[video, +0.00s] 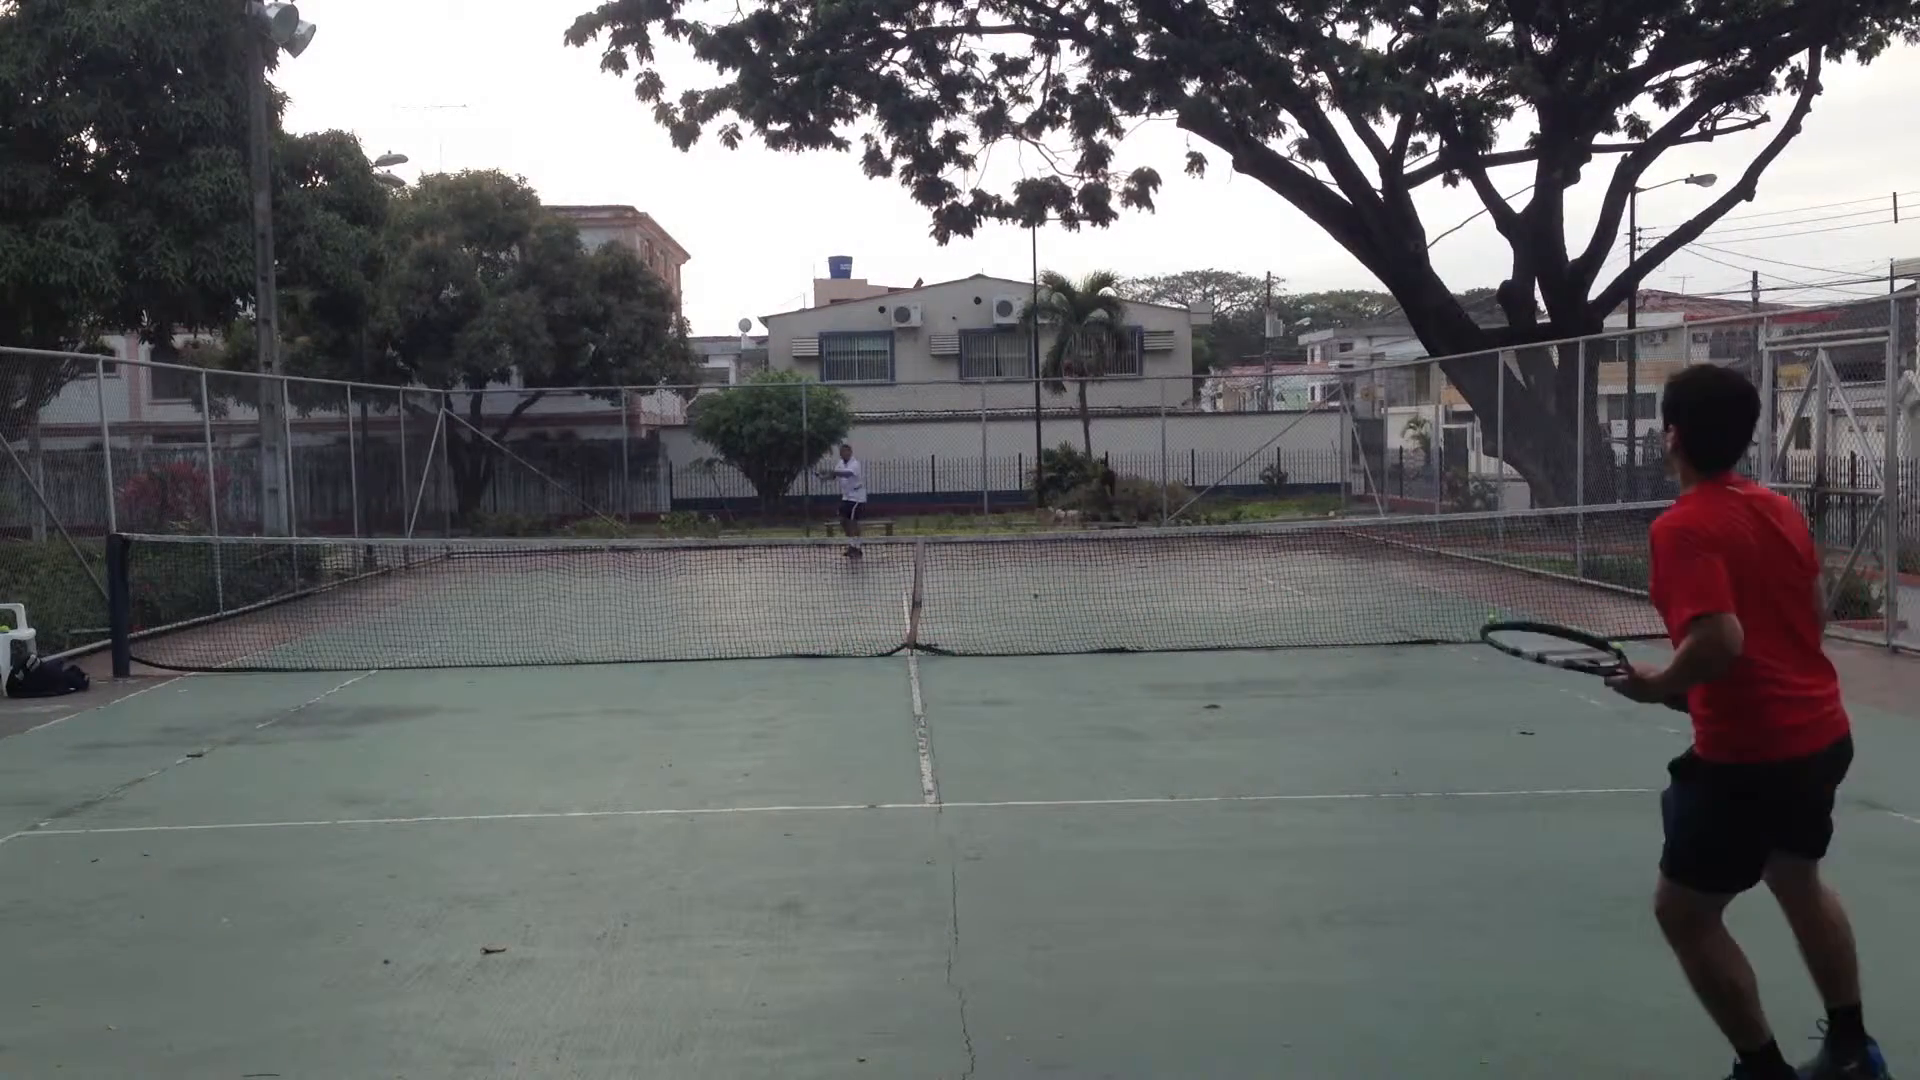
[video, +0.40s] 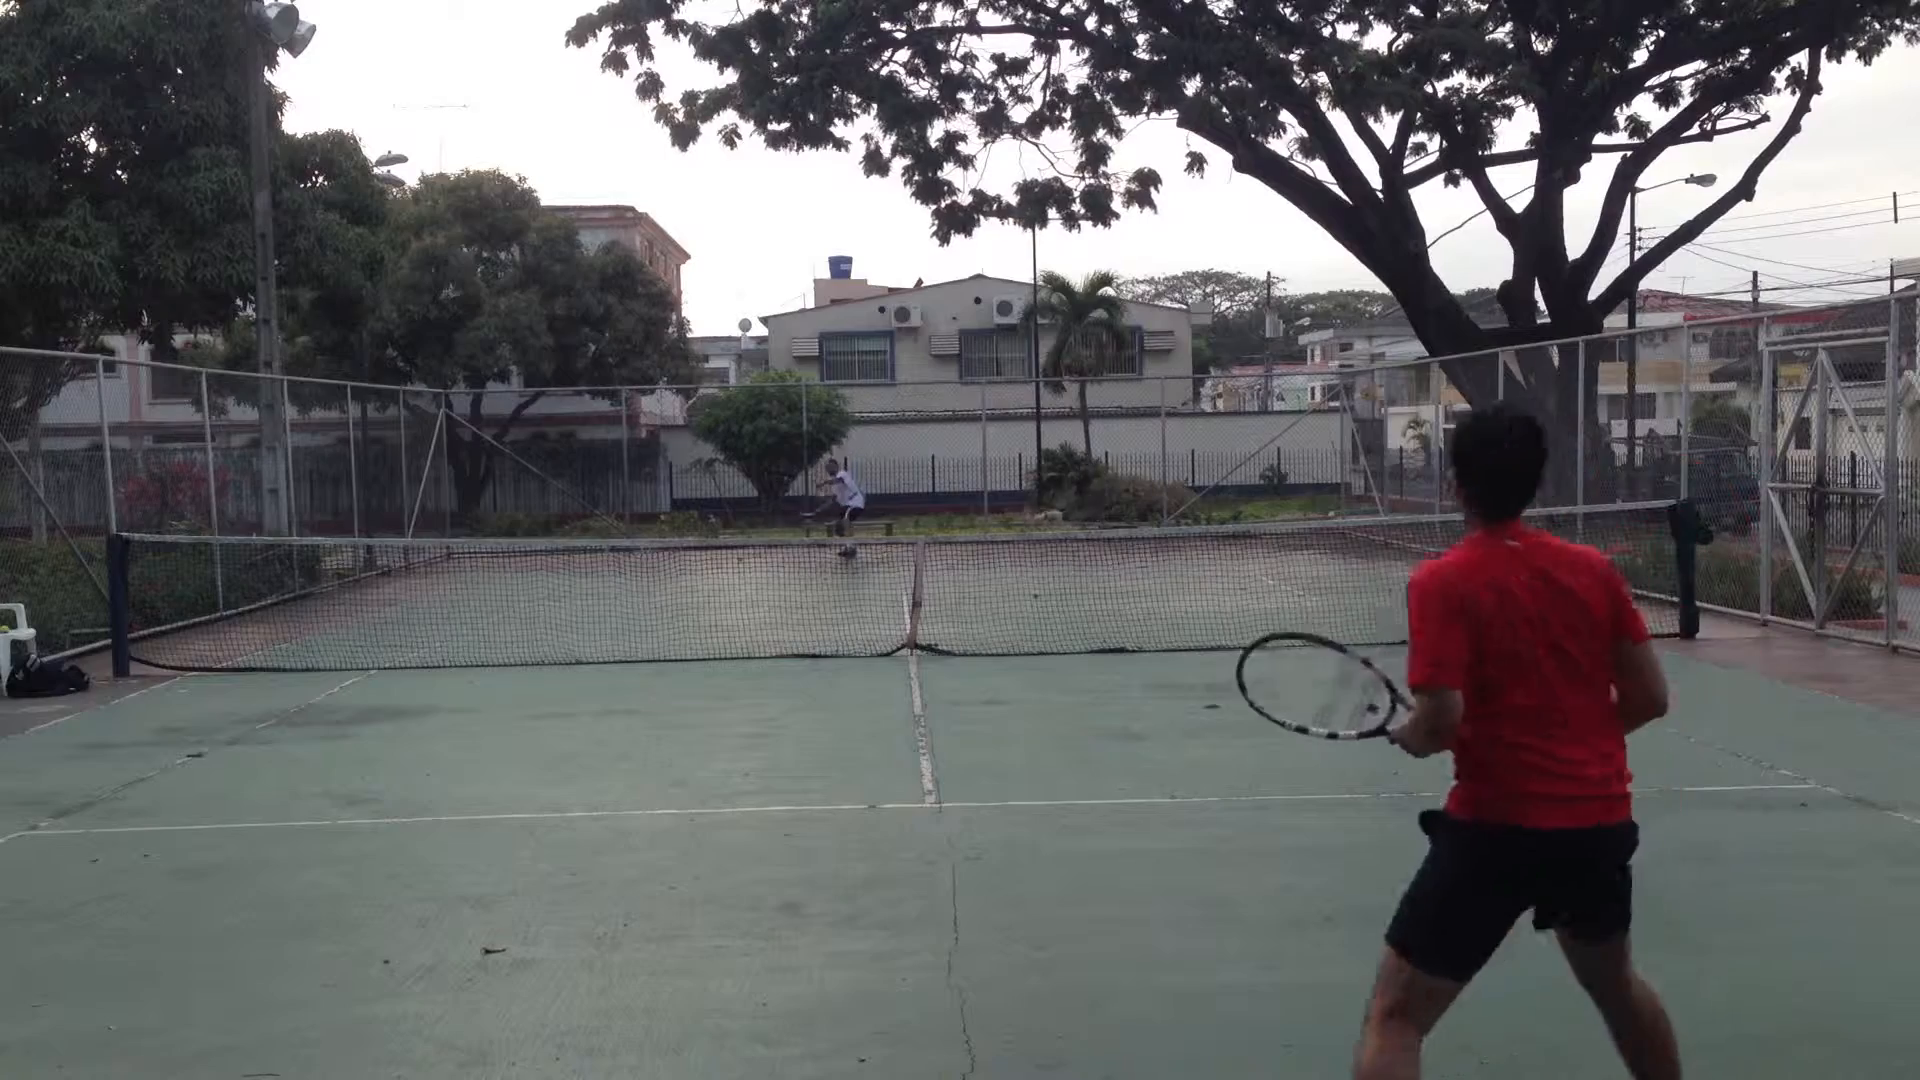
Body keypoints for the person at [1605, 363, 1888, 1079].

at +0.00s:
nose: (1663, 436)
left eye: (1665, 426)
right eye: (1671, 424)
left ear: (1673, 438)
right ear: (1742, 437)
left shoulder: (1682, 526)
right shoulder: (1781, 509)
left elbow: (1719, 641)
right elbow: (1813, 618)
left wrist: (1659, 684)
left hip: (1743, 754)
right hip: (1822, 741)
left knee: (1684, 909)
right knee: (1796, 874)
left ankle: (1761, 1065)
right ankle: (1850, 1042)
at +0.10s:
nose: (1614, 406)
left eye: (1618, 395)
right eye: (1616, 395)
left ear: (1631, 406)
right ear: (1697, 407)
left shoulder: (1631, 496)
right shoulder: (1742, 480)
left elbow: (1661, 614)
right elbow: (1790, 595)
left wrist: (1608, 659)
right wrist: (1695, 610)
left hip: (1688, 731)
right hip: (1772, 718)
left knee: (1628, 902)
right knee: (1726, 881)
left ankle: (1711, 1066)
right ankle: (1756, 1058)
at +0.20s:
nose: (1566, 425)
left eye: (1569, 412)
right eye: (1569, 412)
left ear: (1581, 423)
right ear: (1649, 422)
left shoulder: (1580, 516)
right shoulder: (1698, 498)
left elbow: (1602, 641)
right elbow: (1744, 615)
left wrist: (1553, 671)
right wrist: (1657, 641)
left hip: (1630, 757)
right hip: (1720, 751)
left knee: (1543, 933)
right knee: (1674, 917)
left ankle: (1607, 1076)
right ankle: (1693, 1075)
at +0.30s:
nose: (1515, 463)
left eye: (1517, 453)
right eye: (1520, 451)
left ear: (1522, 466)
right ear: (1599, 463)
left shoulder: (1525, 562)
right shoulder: (1652, 541)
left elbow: (1530, 696)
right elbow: (1701, 661)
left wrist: (1482, 710)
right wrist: (1632, 696)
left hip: (1574, 800)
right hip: (1665, 796)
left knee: (1464, 968)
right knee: (1623, 943)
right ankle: (1673, 1075)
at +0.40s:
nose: (1452, 481)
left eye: (1454, 471)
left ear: (1458, 483)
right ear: (1537, 481)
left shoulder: (1442, 582)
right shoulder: (1592, 571)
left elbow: (1442, 717)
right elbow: (1650, 697)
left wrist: (1414, 733)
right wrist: (1578, 729)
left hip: (1492, 836)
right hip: (1598, 830)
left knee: (1398, 1021)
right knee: (1616, 982)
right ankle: (1669, 1077)